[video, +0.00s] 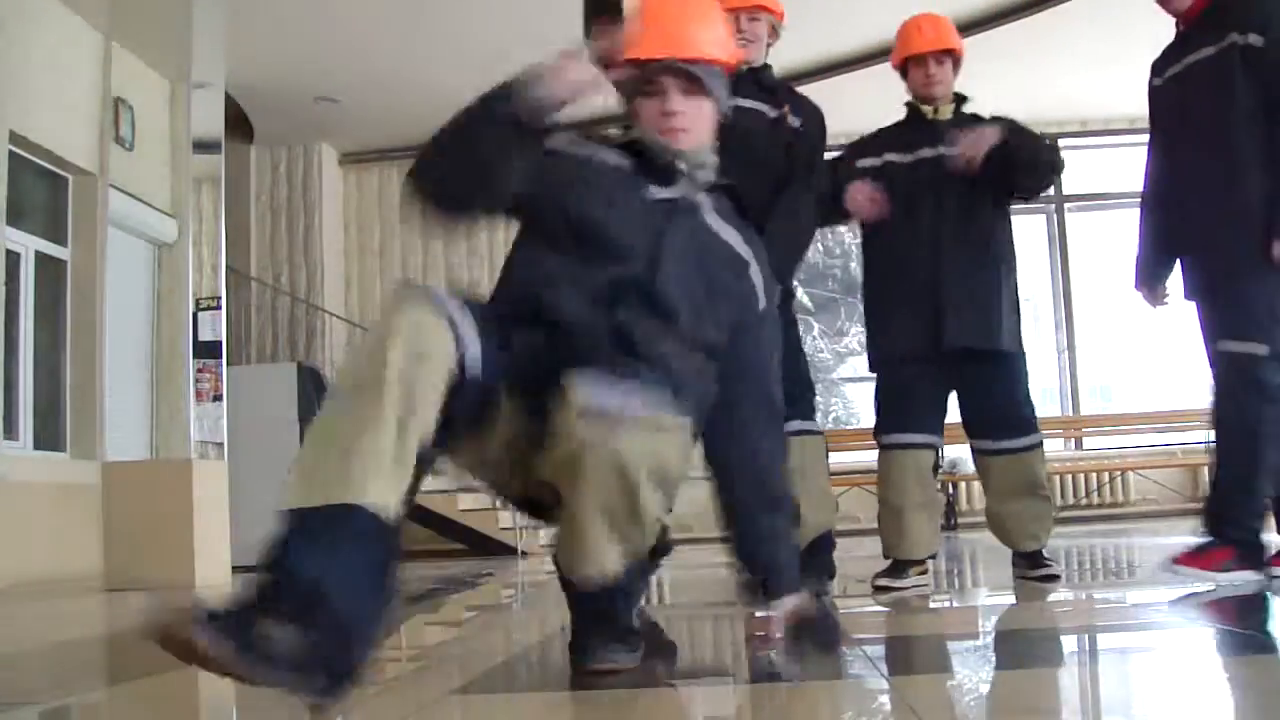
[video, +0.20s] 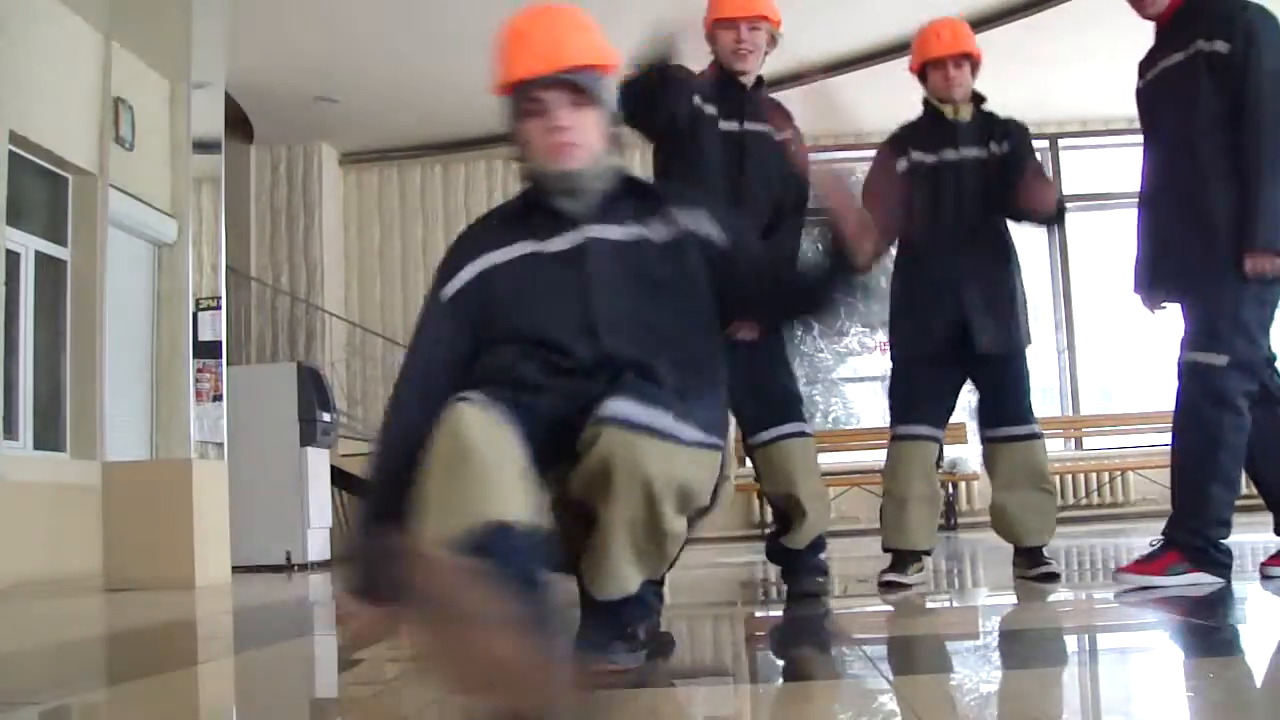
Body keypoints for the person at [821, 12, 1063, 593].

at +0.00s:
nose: (932, 72)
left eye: (942, 61)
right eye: (919, 64)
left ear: (958, 66)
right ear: (902, 72)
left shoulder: (991, 136)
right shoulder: (871, 150)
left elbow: (1045, 169)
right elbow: (807, 199)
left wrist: (1003, 139)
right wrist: (843, 194)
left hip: (986, 321)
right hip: (905, 325)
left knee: (1011, 439)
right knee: (905, 444)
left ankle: (1029, 548)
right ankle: (907, 559)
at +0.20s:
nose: (951, 75)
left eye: (960, 64)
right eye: (938, 67)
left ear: (975, 69)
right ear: (921, 75)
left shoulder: (1007, 136)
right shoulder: (901, 146)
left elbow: (1038, 205)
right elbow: (875, 228)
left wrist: (1040, 196)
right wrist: (856, 247)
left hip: (995, 310)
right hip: (924, 313)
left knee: (1013, 427)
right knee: (914, 432)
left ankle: (1030, 546)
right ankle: (906, 552)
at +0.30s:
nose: (951, 87)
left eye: (960, 76)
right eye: (939, 79)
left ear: (975, 80)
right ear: (922, 89)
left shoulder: (1011, 149)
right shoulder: (904, 158)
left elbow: (1042, 214)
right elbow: (879, 229)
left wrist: (1045, 266)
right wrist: (865, 290)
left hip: (997, 316)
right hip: (925, 320)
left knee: (1018, 428)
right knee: (913, 435)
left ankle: (1032, 546)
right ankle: (897, 547)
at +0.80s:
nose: (862, 100)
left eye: (871, 89)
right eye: (850, 93)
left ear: (889, 95)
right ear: (837, 104)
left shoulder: (928, 158)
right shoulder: (827, 180)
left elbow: (968, 226)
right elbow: (819, 262)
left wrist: (996, 287)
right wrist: (812, 325)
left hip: (936, 323)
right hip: (866, 332)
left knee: (966, 434)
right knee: (871, 446)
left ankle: (1000, 540)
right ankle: (882, 552)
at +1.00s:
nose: (844, 99)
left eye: (851, 88)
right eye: (832, 93)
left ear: (867, 92)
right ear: (818, 104)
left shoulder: (910, 151)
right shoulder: (813, 177)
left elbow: (951, 206)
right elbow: (787, 243)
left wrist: (955, 236)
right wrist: (778, 270)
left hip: (918, 319)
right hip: (850, 328)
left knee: (942, 428)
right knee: (861, 440)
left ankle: (983, 541)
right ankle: (879, 552)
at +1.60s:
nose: (864, 92)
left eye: (874, 82)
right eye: (852, 84)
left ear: (889, 88)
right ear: (837, 92)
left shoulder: (920, 155)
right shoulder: (818, 165)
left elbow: (935, 229)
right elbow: (805, 250)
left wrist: (898, 261)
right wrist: (806, 322)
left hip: (910, 324)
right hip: (842, 329)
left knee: (917, 435)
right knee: (848, 440)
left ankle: (919, 547)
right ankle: (871, 540)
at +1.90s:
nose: (852, 80)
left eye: (862, 69)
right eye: (840, 72)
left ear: (879, 75)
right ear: (826, 82)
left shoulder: (916, 146)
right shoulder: (808, 157)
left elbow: (952, 224)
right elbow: (793, 243)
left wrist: (974, 295)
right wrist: (785, 317)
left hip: (903, 323)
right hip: (828, 326)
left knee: (913, 443)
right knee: (822, 443)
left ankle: (918, 551)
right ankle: (822, 543)